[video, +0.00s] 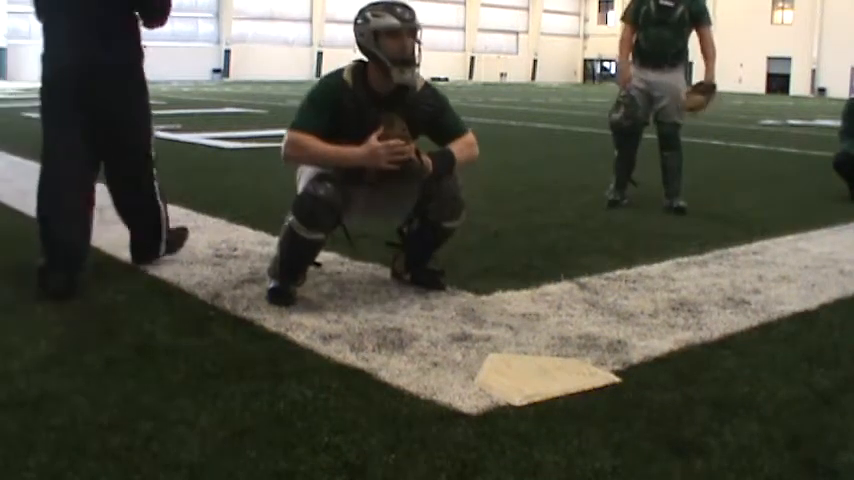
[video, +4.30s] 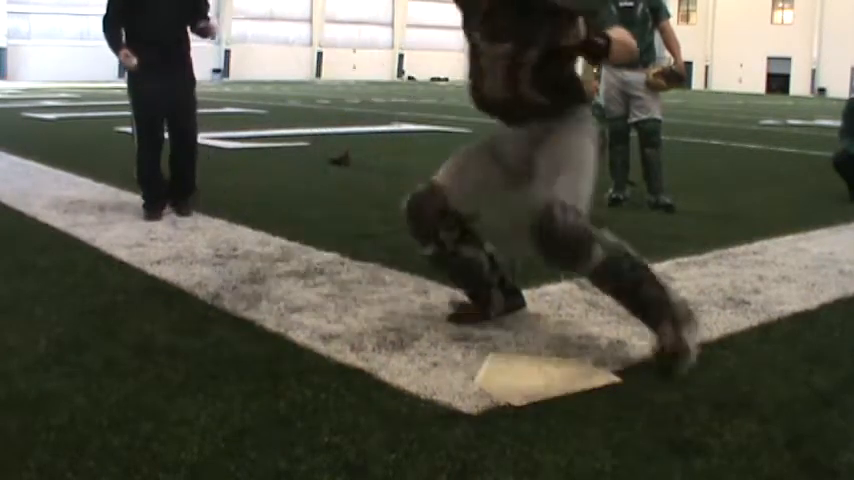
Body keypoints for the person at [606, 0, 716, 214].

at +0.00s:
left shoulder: (694, 5)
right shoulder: (640, 3)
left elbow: (706, 39)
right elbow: (627, 34)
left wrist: (708, 78)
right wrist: (623, 67)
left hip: (672, 76)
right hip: (638, 73)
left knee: (670, 139)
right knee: (626, 136)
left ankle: (673, 197)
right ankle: (619, 189)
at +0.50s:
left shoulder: (661, 4)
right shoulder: (610, 4)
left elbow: (673, 30)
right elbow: (601, 39)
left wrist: (683, 61)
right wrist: (600, 76)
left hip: (651, 76)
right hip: (618, 74)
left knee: (659, 133)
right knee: (619, 134)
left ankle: (668, 194)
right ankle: (618, 188)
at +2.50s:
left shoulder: (653, 4)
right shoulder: (603, 5)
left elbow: (666, 29)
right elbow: (594, 40)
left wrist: (678, 60)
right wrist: (589, 76)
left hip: (645, 73)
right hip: (613, 73)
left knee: (651, 133)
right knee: (617, 134)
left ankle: (656, 193)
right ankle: (618, 187)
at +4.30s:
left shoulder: (651, 3)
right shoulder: (601, 6)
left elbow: (665, 27)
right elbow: (591, 34)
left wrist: (679, 61)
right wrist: (590, 75)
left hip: (645, 73)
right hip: (611, 72)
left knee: (651, 134)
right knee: (617, 133)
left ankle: (656, 193)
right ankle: (618, 188)